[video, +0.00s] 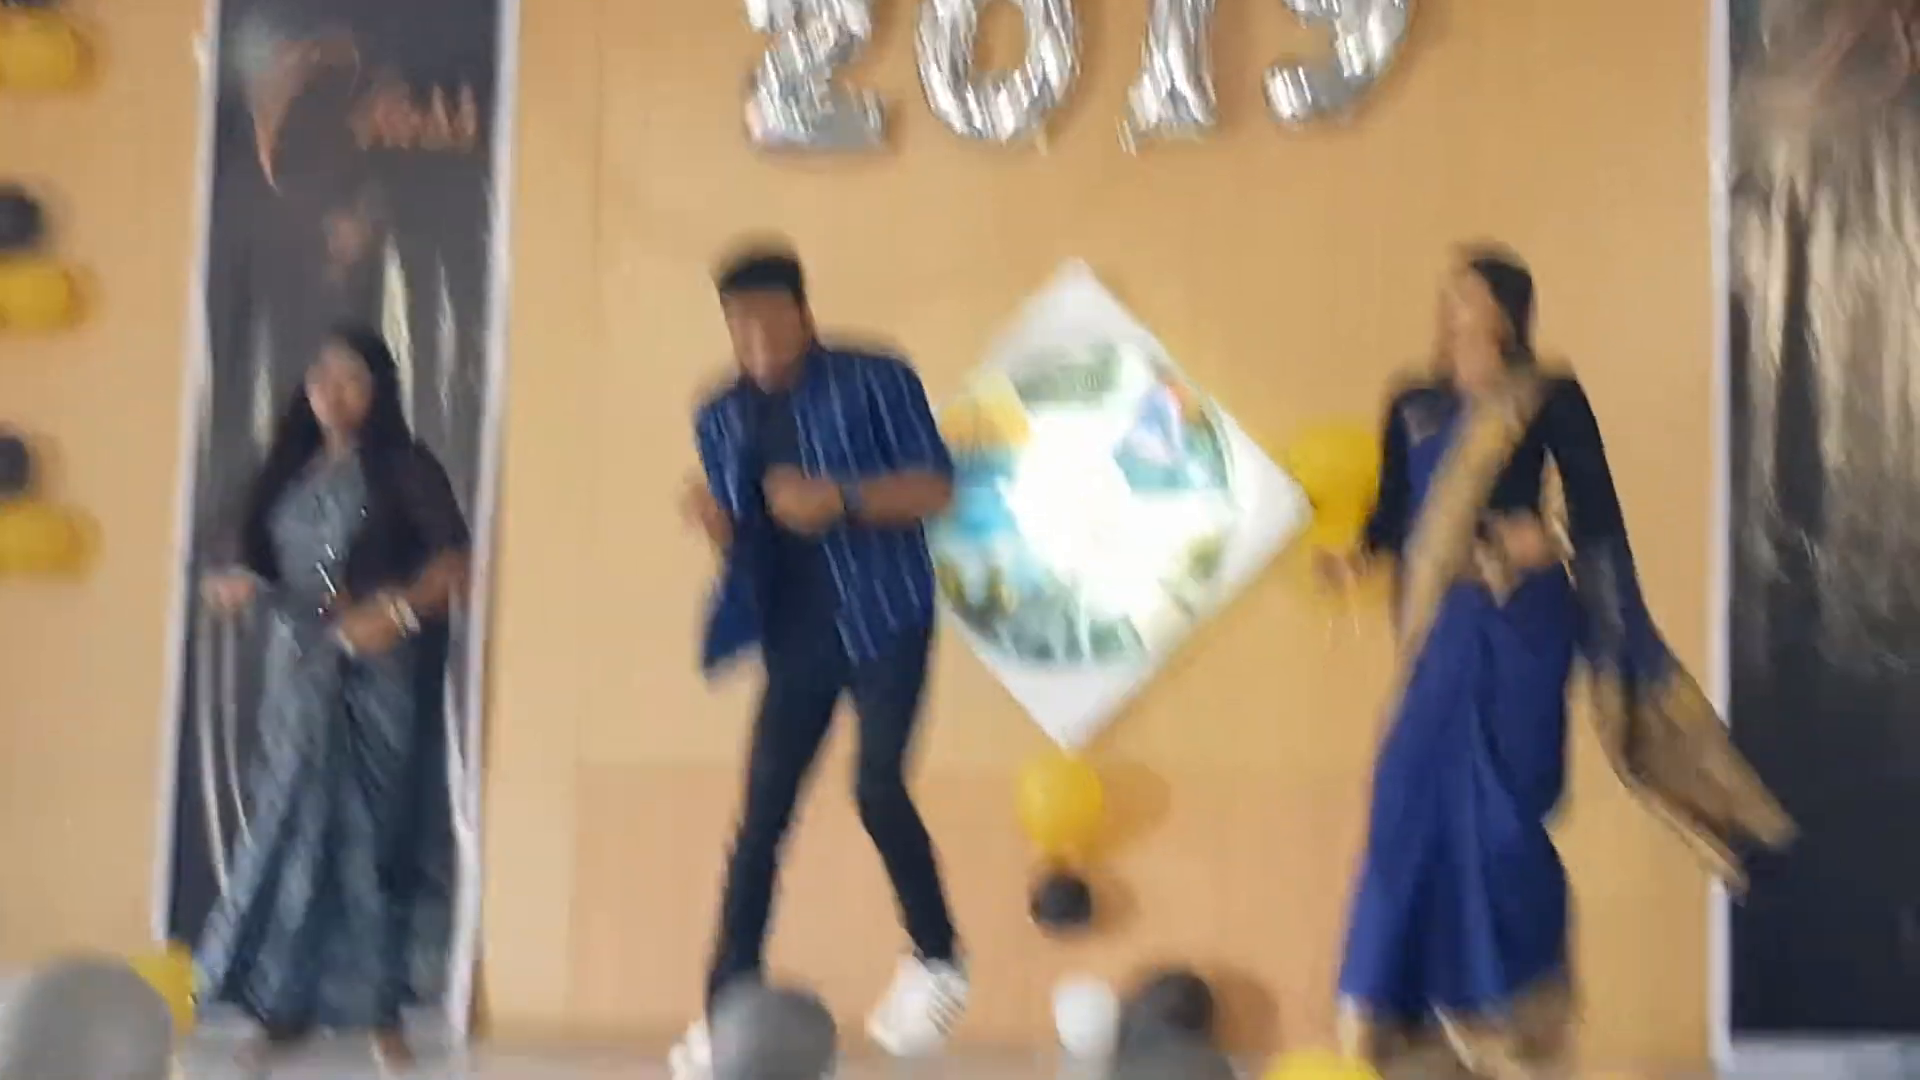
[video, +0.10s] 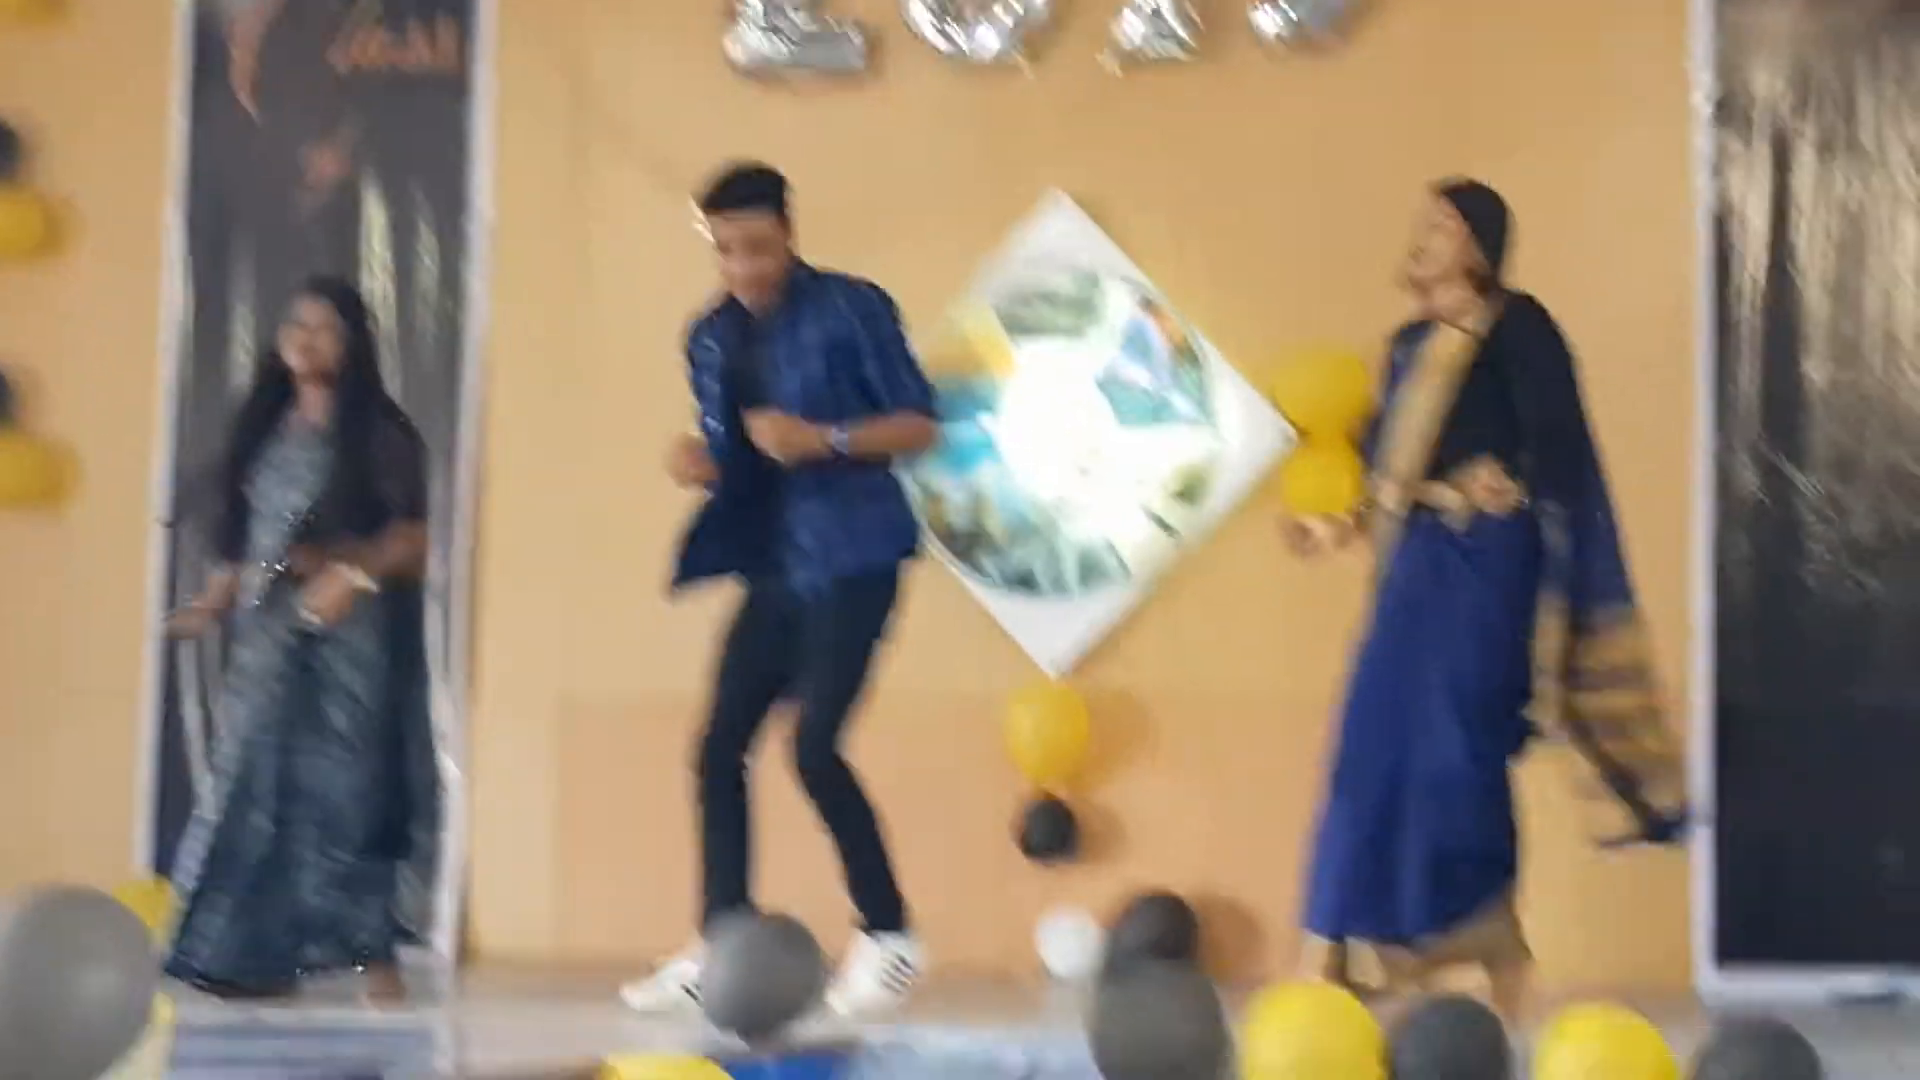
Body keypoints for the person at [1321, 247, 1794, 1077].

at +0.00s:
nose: (1453, 316)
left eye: (1468, 302)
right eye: (1449, 302)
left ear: (1508, 314)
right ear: (1441, 314)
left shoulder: (1552, 398)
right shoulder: (1416, 404)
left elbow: (1599, 524)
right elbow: (1395, 509)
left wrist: (1542, 545)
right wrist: (1361, 551)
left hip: (1524, 623)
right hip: (1443, 624)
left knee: (1505, 805)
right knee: (1408, 786)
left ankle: (1525, 1004)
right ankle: (1388, 1002)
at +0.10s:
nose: (1420, 243)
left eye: (1439, 231)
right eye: (1419, 228)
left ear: (1479, 247)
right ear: (1423, 243)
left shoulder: (1520, 329)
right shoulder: (1410, 342)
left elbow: (1557, 460)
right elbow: (1388, 460)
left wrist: (1470, 495)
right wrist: (1341, 510)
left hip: (1486, 574)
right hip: (1408, 574)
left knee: (1451, 752)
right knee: (1374, 746)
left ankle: (1496, 960)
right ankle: (1361, 957)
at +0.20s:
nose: (1407, 205)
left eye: (1426, 193)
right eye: (1408, 191)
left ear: (1469, 213)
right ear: (1415, 208)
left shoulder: (1490, 297)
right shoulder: (1418, 307)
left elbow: (1519, 429)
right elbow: (1396, 418)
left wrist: (1451, 452)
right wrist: (1339, 459)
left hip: (1444, 539)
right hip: (1378, 535)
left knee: (1404, 725)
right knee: (1337, 719)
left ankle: (1497, 871)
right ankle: (1355, 914)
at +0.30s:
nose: (1422, 169)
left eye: (1440, 157)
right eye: (1422, 156)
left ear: (1480, 177)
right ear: (1425, 170)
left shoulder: (1487, 255)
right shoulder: (1427, 261)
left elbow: (1498, 361)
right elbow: (1416, 364)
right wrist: (1359, 406)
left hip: (1450, 476)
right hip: (1397, 473)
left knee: (1388, 653)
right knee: (1315, 653)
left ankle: (1501, 802)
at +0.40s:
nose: (1453, 100)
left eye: (1475, 93)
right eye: (1454, 86)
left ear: (1506, 123)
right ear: (1447, 103)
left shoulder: (1499, 187)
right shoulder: (1443, 193)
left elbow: (1516, 273)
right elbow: (1429, 289)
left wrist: (1545, 264)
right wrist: (1370, 311)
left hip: (1473, 404)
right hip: (1421, 407)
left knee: (1426, 583)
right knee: (1374, 592)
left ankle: (1532, 751)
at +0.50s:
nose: (1483, 69)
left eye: (1506, 66)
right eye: (1485, 55)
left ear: (1534, 99)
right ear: (1472, 73)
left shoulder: (1521, 153)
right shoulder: (1479, 162)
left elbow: (1531, 277)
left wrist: (1549, 238)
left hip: (1495, 383)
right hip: (1451, 386)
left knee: (1468, 570)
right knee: (1402, 574)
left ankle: (1558, 762)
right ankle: (1371, 794)